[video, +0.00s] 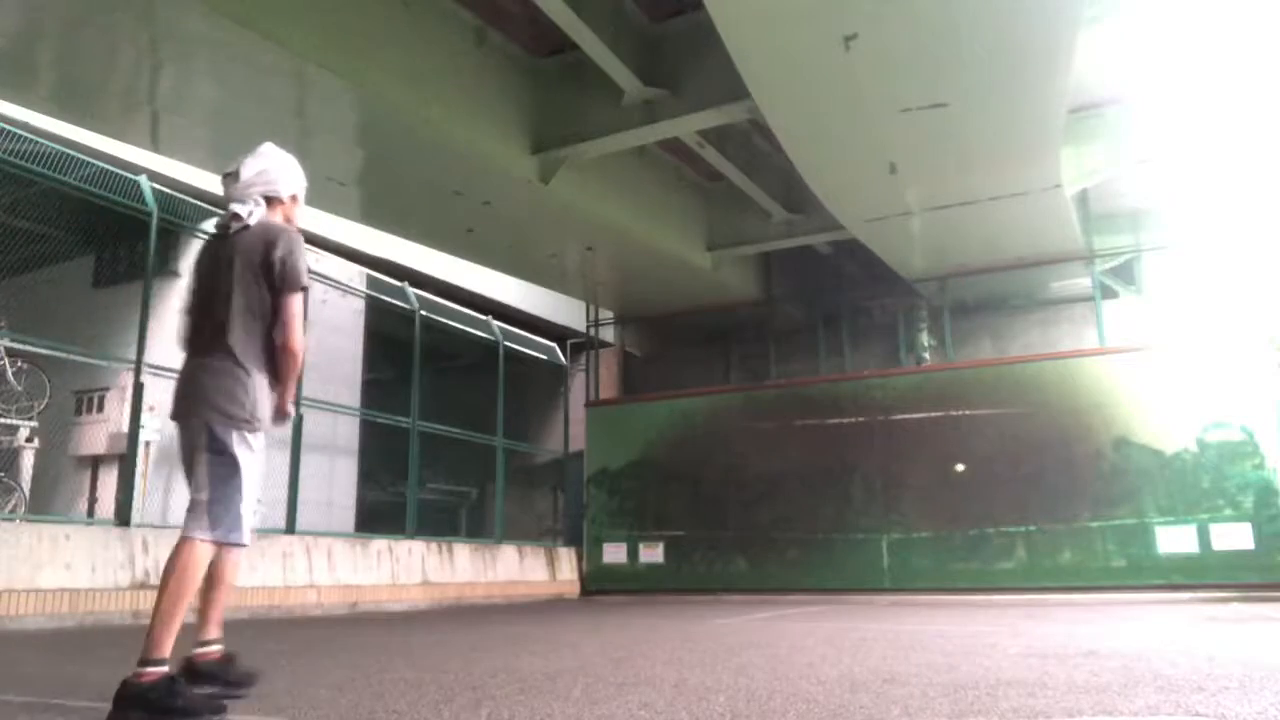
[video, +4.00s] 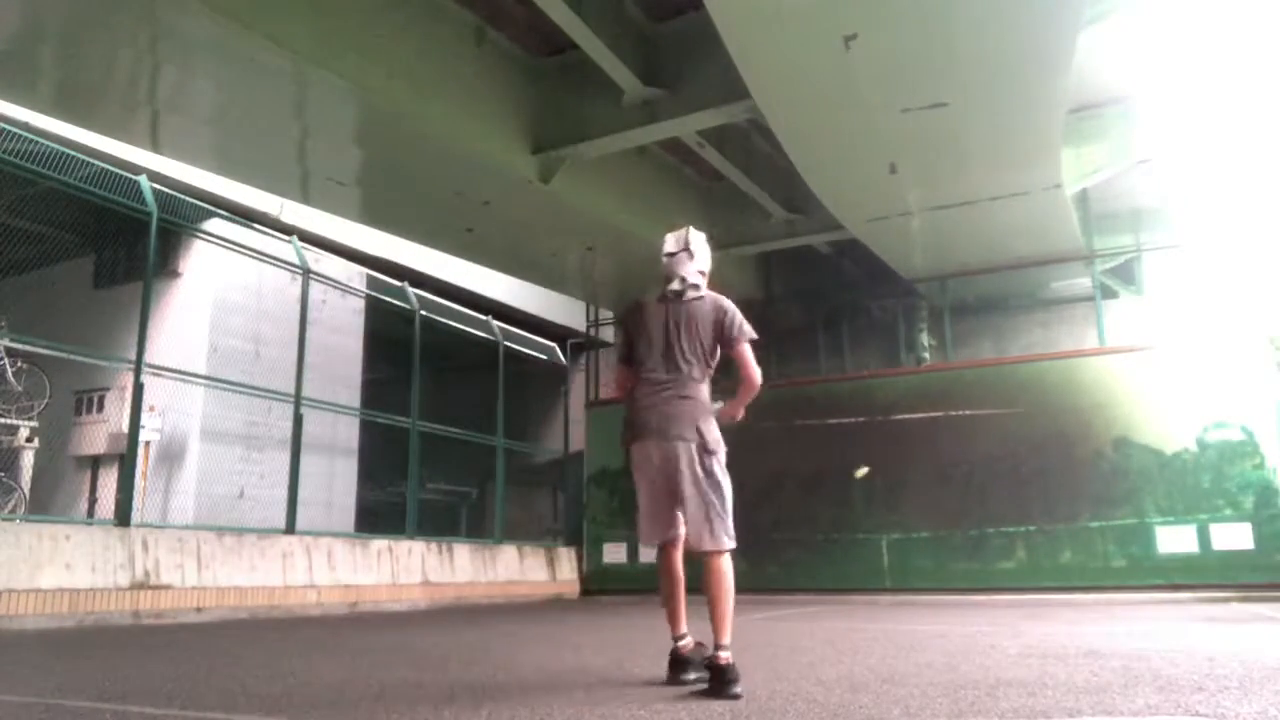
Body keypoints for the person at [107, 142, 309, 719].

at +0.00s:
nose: (301, 212)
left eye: (302, 202)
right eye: (300, 202)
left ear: (246, 197)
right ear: (282, 199)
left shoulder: (214, 246)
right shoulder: (282, 241)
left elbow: (196, 330)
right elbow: (290, 339)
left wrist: (230, 371)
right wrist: (285, 394)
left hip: (199, 392)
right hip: (235, 397)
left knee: (230, 529)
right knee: (203, 529)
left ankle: (208, 652)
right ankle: (149, 671)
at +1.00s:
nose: (469, 290)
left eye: (470, 281)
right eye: (467, 281)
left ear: (434, 278)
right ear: (447, 279)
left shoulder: (405, 313)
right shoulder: (423, 317)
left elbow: (416, 386)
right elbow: (398, 379)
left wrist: (451, 429)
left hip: (357, 435)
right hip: (391, 436)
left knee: (367, 543)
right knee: (426, 536)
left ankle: (311, 643)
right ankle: (421, 652)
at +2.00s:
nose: (408, 291)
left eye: (405, 285)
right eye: (406, 285)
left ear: (361, 284)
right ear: (394, 286)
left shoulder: (338, 323)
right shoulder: (405, 318)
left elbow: (319, 393)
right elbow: (406, 394)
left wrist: (341, 432)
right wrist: (395, 446)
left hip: (327, 444)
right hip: (369, 446)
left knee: (341, 543)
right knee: (359, 546)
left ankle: (316, 642)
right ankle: (317, 642)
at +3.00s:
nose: (577, 311)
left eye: (577, 303)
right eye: (573, 303)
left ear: (546, 303)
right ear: (555, 304)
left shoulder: (539, 346)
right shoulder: (530, 338)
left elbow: (550, 401)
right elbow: (495, 386)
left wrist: (590, 442)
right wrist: (479, 416)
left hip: (478, 447)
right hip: (495, 447)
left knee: (479, 551)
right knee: (552, 543)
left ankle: (402, 634)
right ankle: (506, 647)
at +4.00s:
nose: (700, 266)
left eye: (681, 257)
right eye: (703, 259)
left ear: (665, 264)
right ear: (705, 265)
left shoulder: (638, 313)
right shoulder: (721, 308)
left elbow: (619, 386)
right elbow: (753, 378)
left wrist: (649, 386)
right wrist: (736, 406)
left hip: (646, 437)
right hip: (697, 434)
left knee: (670, 543)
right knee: (716, 546)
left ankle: (681, 648)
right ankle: (722, 659)